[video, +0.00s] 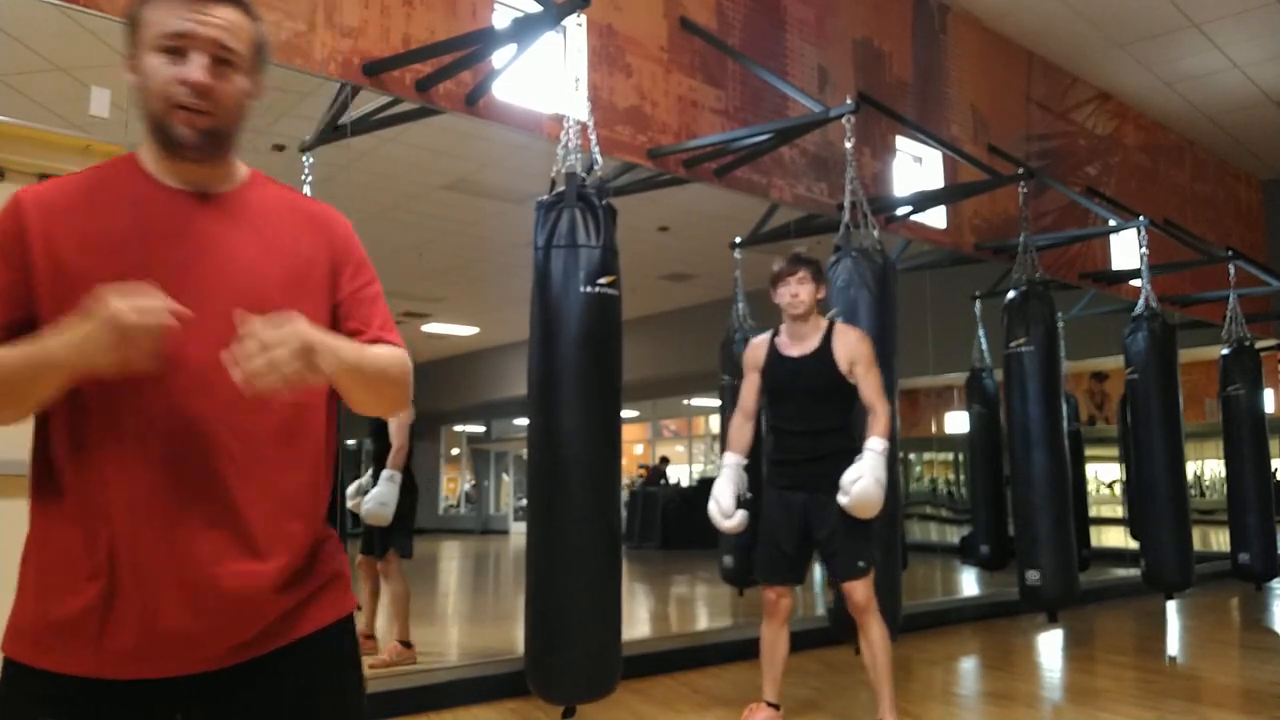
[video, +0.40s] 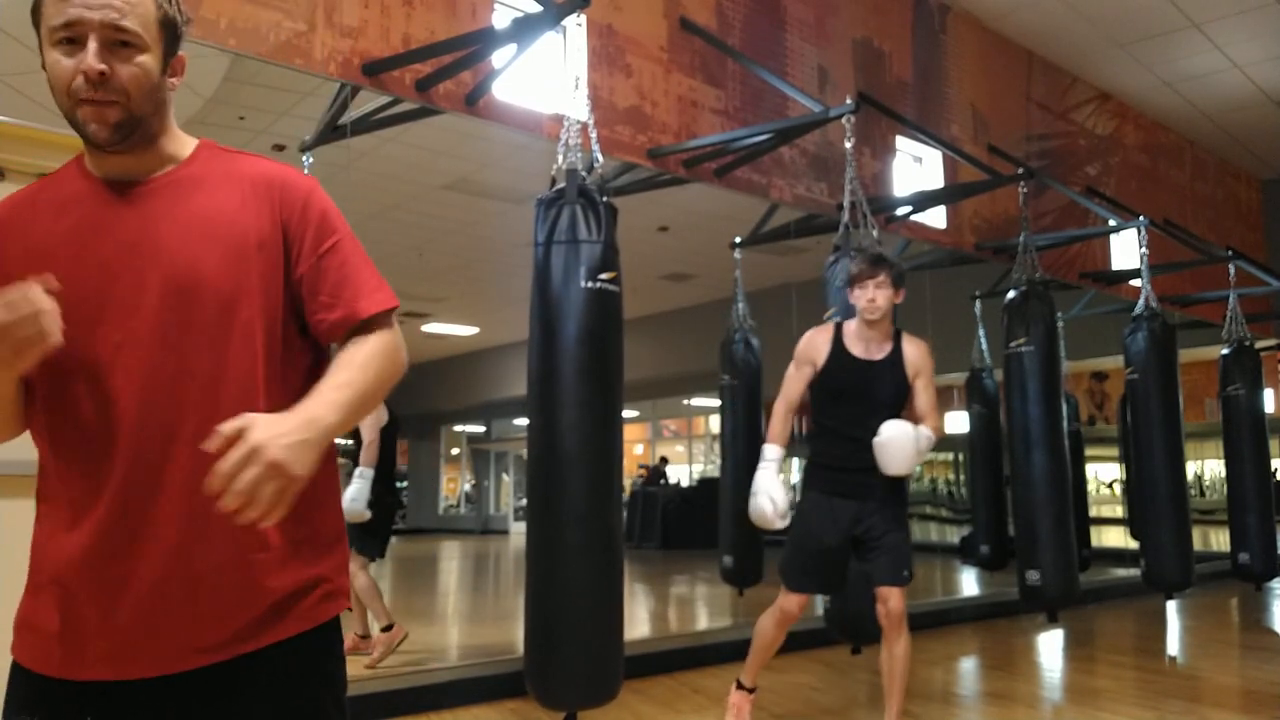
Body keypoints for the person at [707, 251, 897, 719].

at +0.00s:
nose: (792, 290)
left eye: (801, 282)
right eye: (784, 283)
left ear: (820, 291)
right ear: (774, 294)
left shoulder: (849, 341)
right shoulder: (760, 349)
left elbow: (877, 407)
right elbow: (744, 416)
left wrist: (873, 457)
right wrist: (730, 472)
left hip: (841, 491)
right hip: (780, 493)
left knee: (861, 600)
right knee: (774, 601)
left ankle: (887, 711)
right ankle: (769, 705)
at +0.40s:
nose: (868, 295)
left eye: (878, 286)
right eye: (859, 287)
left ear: (897, 294)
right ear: (850, 294)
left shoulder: (914, 352)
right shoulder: (818, 342)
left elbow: (930, 423)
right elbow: (784, 407)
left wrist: (917, 440)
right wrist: (768, 470)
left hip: (883, 498)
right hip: (824, 496)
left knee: (892, 608)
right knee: (790, 606)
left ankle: (893, 716)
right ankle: (744, 687)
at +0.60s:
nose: (879, 295)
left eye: (889, 286)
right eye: (870, 286)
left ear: (907, 293)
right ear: (859, 292)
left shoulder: (923, 352)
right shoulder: (829, 339)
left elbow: (935, 421)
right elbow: (791, 405)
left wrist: (923, 437)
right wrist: (776, 467)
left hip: (887, 498)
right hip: (829, 495)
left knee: (894, 609)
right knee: (792, 605)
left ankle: (893, 716)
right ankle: (747, 690)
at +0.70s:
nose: (880, 294)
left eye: (890, 285)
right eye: (871, 285)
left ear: (908, 292)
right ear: (860, 291)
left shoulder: (924, 350)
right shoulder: (830, 338)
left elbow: (937, 420)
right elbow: (792, 404)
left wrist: (925, 436)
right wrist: (776, 466)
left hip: (888, 497)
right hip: (829, 494)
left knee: (895, 610)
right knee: (792, 605)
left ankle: (894, 716)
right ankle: (749, 689)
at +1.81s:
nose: (741, 309)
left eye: (748, 300)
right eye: (739, 302)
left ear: (776, 302)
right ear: (762, 306)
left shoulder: (802, 342)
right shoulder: (782, 349)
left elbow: (824, 406)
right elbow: (795, 422)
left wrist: (803, 471)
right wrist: (759, 443)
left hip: (812, 486)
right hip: (783, 486)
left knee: (819, 603)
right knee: (754, 596)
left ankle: (911, 706)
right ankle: (781, 707)